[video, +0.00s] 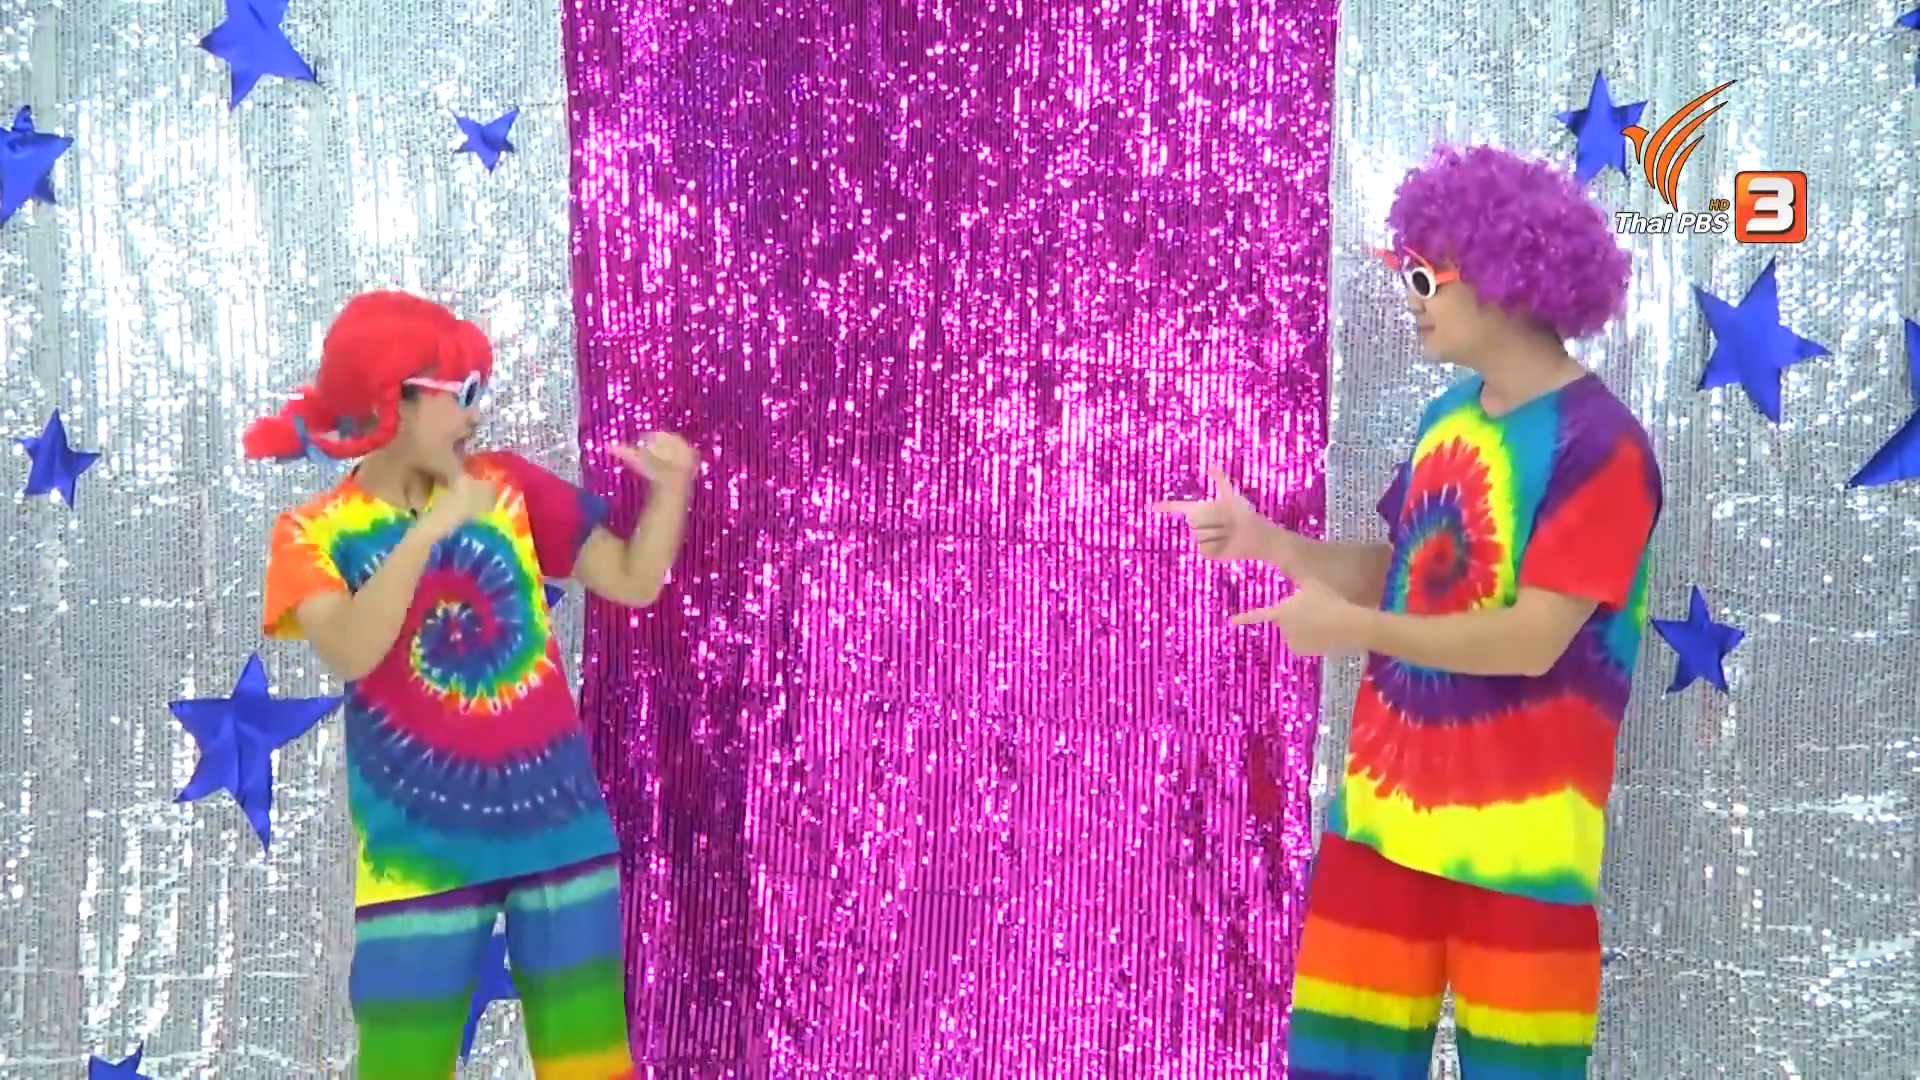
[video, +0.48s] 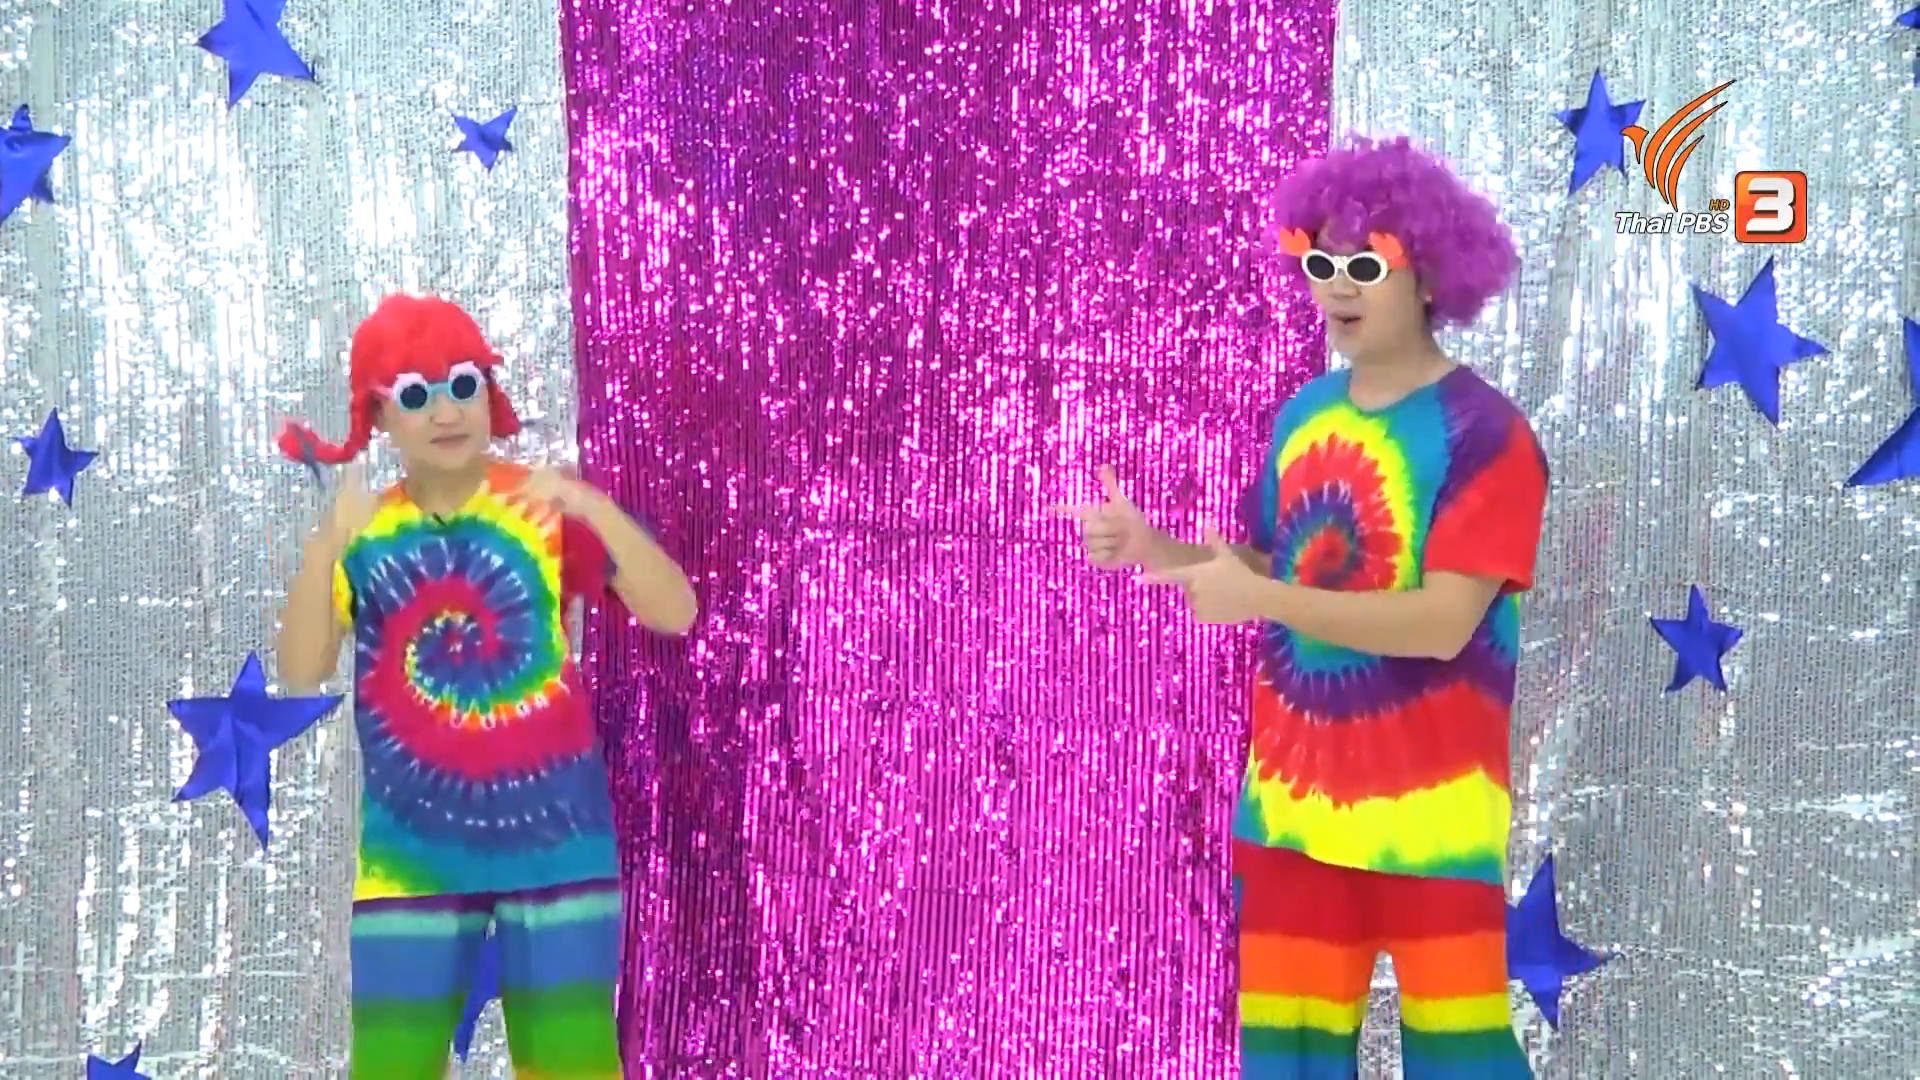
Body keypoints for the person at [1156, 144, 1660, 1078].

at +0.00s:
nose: (1409, 302)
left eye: (1427, 278)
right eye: (1410, 279)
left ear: (1507, 283)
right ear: (1493, 286)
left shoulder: (1605, 446)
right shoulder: (1447, 422)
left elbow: (1532, 640)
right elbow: (1391, 577)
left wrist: (1359, 628)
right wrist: (1266, 538)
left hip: (1520, 853)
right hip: (1382, 830)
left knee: (1518, 1066)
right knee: (1337, 1058)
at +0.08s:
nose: (1398, 299)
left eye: (1416, 275)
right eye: (1400, 277)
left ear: (1495, 279)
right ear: (1481, 283)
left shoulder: (1594, 442)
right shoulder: (1430, 419)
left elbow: (1521, 633)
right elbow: (1373, 570)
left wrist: (1350, 612)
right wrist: (1252, 534)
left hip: (1510, 847)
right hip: (1370, 828)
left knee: (1519, 1066)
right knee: (1342, 1061)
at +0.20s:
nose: (1375, 301)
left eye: (1393, 277)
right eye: (1373, 279)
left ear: (1476, 278)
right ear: (1453, 283)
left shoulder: (1568, 445)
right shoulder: (1401, 419)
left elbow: (1495, 634)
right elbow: (1339, 564)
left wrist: (1320, 600)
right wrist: (1231, 537)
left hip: (1486, 846)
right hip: (1344, 828)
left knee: (1504, 1065)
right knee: (1327, 1061)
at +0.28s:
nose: (1359, 305)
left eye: (1378, 280)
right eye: (1357, 283)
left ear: (1457, 283)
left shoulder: (1547, 450)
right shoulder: (1375, 423)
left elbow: (1475, 637)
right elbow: (1323, 568)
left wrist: (1304, 601)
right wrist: (1209, 537)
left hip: (1470, 847)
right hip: (1325, 832)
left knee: (1491, 1064)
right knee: (1303, 1061)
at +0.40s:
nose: (1338, 301)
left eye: (1363, 276)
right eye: (1329, 279)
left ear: (1444, 284)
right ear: (1324, 288)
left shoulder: (1511, 448)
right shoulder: (1336, 422)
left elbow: (1448, 636)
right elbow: (1288, 572)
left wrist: (1278, 601)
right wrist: (1173, 542)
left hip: (1448, 838)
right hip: (1301, 827)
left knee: (1467, 1063)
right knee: (1288, 1062)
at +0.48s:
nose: (1336, 288)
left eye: (1367, 267)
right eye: (1321, 266)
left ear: (1430, 282)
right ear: (1305, 278)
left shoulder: (1489, 433)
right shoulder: (1301, 415)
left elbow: (1440, 626)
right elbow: (1256, 567)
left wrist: (1266, 599)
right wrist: (1155, 546)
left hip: (1440, 822)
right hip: (1293, 815)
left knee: (1460, 1059)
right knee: (1285, 1060)